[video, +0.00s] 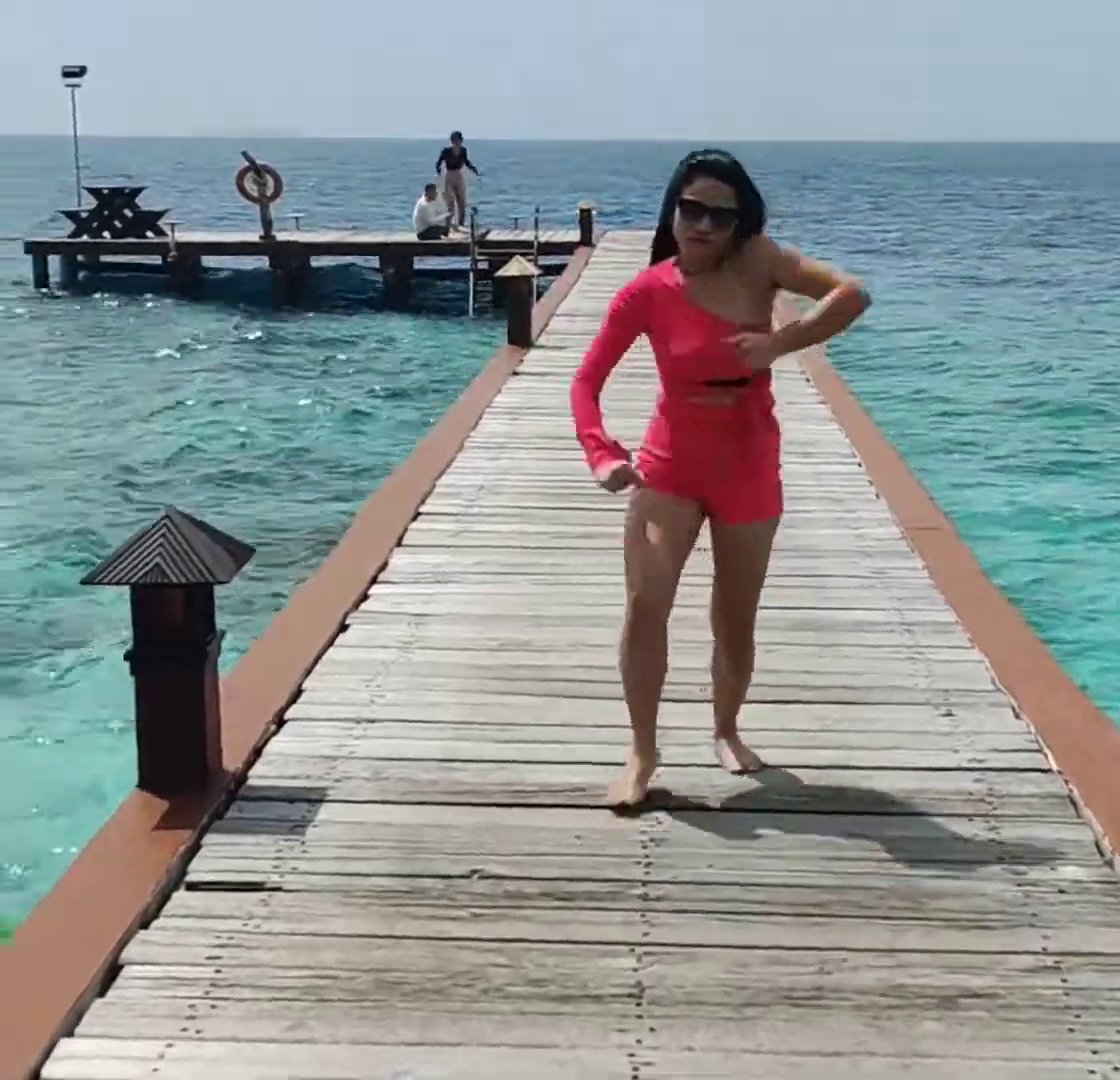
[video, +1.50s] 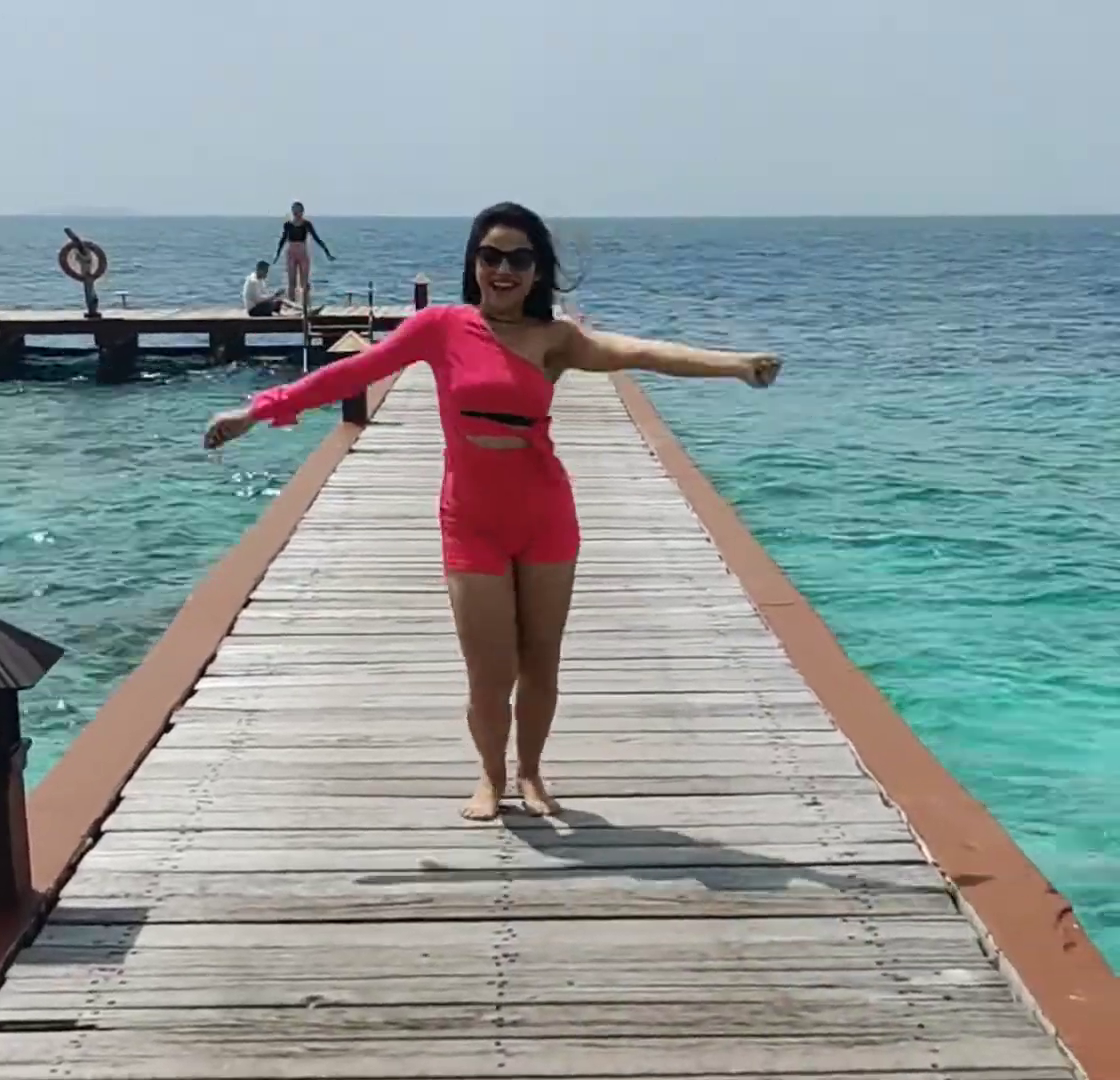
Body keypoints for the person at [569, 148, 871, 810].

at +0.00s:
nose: (701, 224)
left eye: (718, 213)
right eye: (689, 209)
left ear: (742, 219)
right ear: (671, 212)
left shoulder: (763, 263)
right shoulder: (648, 291)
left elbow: (852, 295)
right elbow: (585, 383)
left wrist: (782, 342)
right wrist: (602, 452)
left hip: (749, 465)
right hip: (670, 460)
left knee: (735, 620)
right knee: (644, 610)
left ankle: (726, 731)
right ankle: (641, 755)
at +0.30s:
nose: (673, 289)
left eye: (690, 279)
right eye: (661, 274)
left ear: (711, 287)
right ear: (643, 276)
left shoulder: (722, 342)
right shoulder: (607, 340)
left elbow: (812, 365)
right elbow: (502, 354)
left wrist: (732, 360)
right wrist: (398, 369)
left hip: (715, 529)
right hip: (639, 534)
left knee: (717, 691)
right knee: (652, 696)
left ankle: (697, 806)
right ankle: (617, 744)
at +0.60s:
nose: (594, 247)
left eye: (609, 237)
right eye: (582, 237)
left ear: (633, 250)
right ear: (565, 250)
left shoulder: (654, 318)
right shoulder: (540, 309)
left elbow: (752, 316)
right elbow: (444, 281)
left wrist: (671, 342)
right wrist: (348, 241)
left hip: (620, 502)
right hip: (544, 502)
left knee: (628, 664)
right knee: (555, 667)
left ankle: (646, 796)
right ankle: (561, 780)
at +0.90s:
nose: (528, 283)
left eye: (543, 273)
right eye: (515, 272)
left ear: (566, 283)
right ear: (499, 281)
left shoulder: (591, 334)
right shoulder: (488, 336)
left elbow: (677, 285)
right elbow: (411, 289)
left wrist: (656, 244)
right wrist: (338, 228)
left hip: (536, 538)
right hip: (470, 523)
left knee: (515, 688)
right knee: (475, 677)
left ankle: (557, 758)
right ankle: (521, 781)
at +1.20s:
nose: (510, 226)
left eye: (526, 217)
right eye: (499, 214)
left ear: (548, 232)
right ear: (481, 225)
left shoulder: (567, 289)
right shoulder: (451, 289)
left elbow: (662, 232)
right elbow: (360, 270)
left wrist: (738, 177)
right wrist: (285, 242)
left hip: (554, 484)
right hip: (476, 483)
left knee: (545, 638)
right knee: (472, 640)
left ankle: (544, 768)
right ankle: (477, 763)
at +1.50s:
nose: (504, 269)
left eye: (519, 259)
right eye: (490, 257)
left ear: (540, 268)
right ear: (472, 263)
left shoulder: (559, 338)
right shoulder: (441, 326)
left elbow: (645, 354)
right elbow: (349, 372)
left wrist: (738, 365)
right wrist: (257, 411)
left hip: (548, 516)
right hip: (471, 521)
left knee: (541, 664)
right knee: (489, 677)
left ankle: (531, 773)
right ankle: (493, 780)